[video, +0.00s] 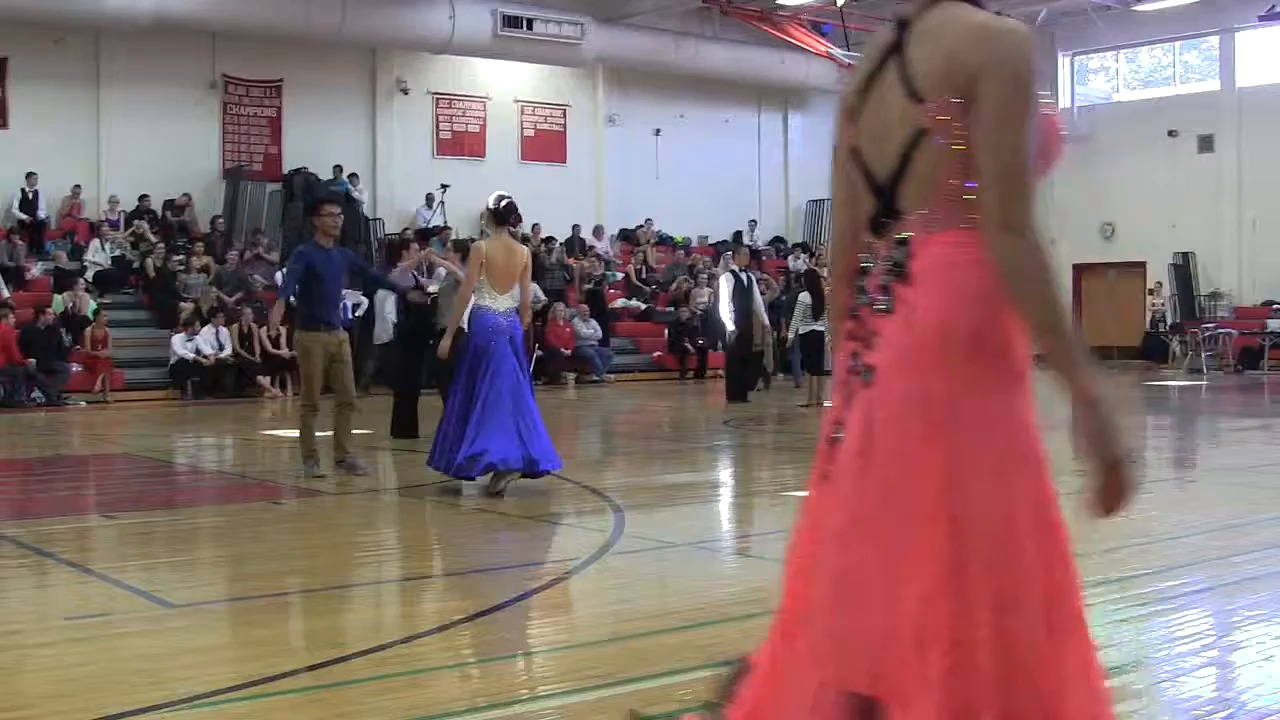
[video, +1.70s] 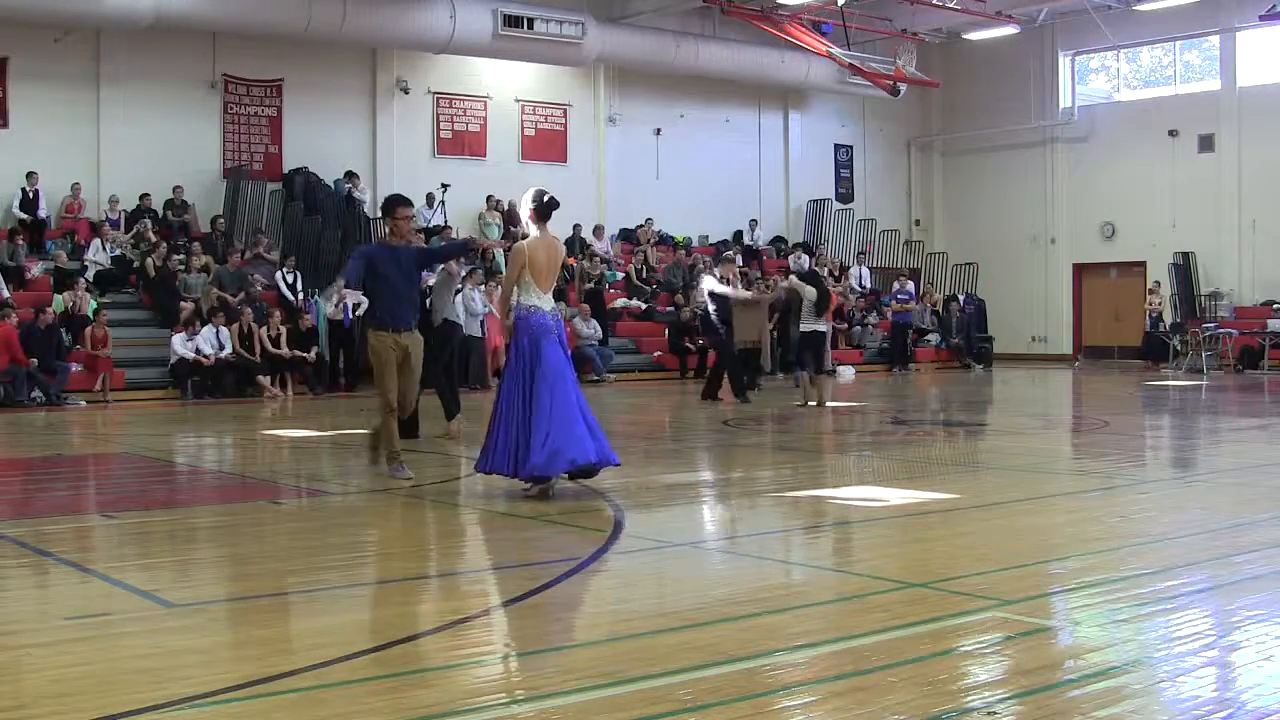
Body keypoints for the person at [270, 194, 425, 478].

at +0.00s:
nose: (337, 220)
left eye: (339, 215)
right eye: (330, 216)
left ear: (341, 219)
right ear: (316, 220)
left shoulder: (343, 255)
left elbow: (373, 276)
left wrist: (406, 291)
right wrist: (277, 311)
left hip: (338, 335)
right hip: (310, 336)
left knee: (347, 399)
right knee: (310, 402)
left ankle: (342, 456)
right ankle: (310, 459)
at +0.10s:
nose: (338, 220)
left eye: (340, 215)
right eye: (331, 215)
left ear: (342, 219)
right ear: (316, 220)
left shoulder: (344, 254)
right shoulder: (305, 252)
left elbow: (378, 270)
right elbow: (289, 279)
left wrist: (414, 276)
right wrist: (288, 294)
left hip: (340, 334)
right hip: (311, 335)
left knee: (348, 398)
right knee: (311, 402)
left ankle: (345, 455)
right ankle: (311, 458)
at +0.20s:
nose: (338, 220)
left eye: (340, 215)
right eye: (332, 215)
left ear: (343, 219)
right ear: (316, 220)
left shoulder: (346, 254)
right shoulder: (308, 251)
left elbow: (381, 264)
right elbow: (298, 261)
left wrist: (419, 263)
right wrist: (297, 264)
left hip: (341, 335)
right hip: (312, 336)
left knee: (350, 398)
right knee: (312, 402)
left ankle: (351, 456)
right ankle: (311, 459)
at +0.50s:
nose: (347, 221)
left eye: (350, 216)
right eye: (341, 216)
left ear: (354, 220)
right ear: (328, 220)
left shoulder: (358, 254)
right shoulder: (319, 252)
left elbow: (393, 254)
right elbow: (312, 276)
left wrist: (434, 249)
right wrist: (334, 246)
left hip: (357, 335)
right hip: (330, 337)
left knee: (356, 400)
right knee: (324, 401)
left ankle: (352, 457)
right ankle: (313, 458)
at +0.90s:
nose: (367, 222)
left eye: (369, 218)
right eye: (361, 217)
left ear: (371, 221)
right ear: (347, 221)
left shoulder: (374, 253)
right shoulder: (339, 249)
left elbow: (402, 254)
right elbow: (332, 255)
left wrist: (436, 249)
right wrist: (367, 254)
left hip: (373, 333)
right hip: (348, 333)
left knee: (364, 395)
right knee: (366, 394)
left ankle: (353, 452)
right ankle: (355, 455)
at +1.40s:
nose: (394, 225)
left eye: (395, 220)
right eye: (388, 220)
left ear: (396, 222)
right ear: (371, 221)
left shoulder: (395, 253)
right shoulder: (357, 252)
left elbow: (420, 255)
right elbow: (357, 276)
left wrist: (451, 248)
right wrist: (370, 294)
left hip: (396, 334)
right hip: (370, 335)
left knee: (380, 395)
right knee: (383, 397)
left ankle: (356, 452)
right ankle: (392, 457)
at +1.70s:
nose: (410, 224)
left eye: (411, 218)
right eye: (404, 219)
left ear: (412, 220)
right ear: (388, 221)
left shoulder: (414, 253)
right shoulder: (368, 252)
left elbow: (441, 252)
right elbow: (352, 272)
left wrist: (470, 244)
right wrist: (347, 286)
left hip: (412, 337)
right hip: (382, 337)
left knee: (407, 405)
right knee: (390, 403)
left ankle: (377, 436)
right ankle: (394, 459)